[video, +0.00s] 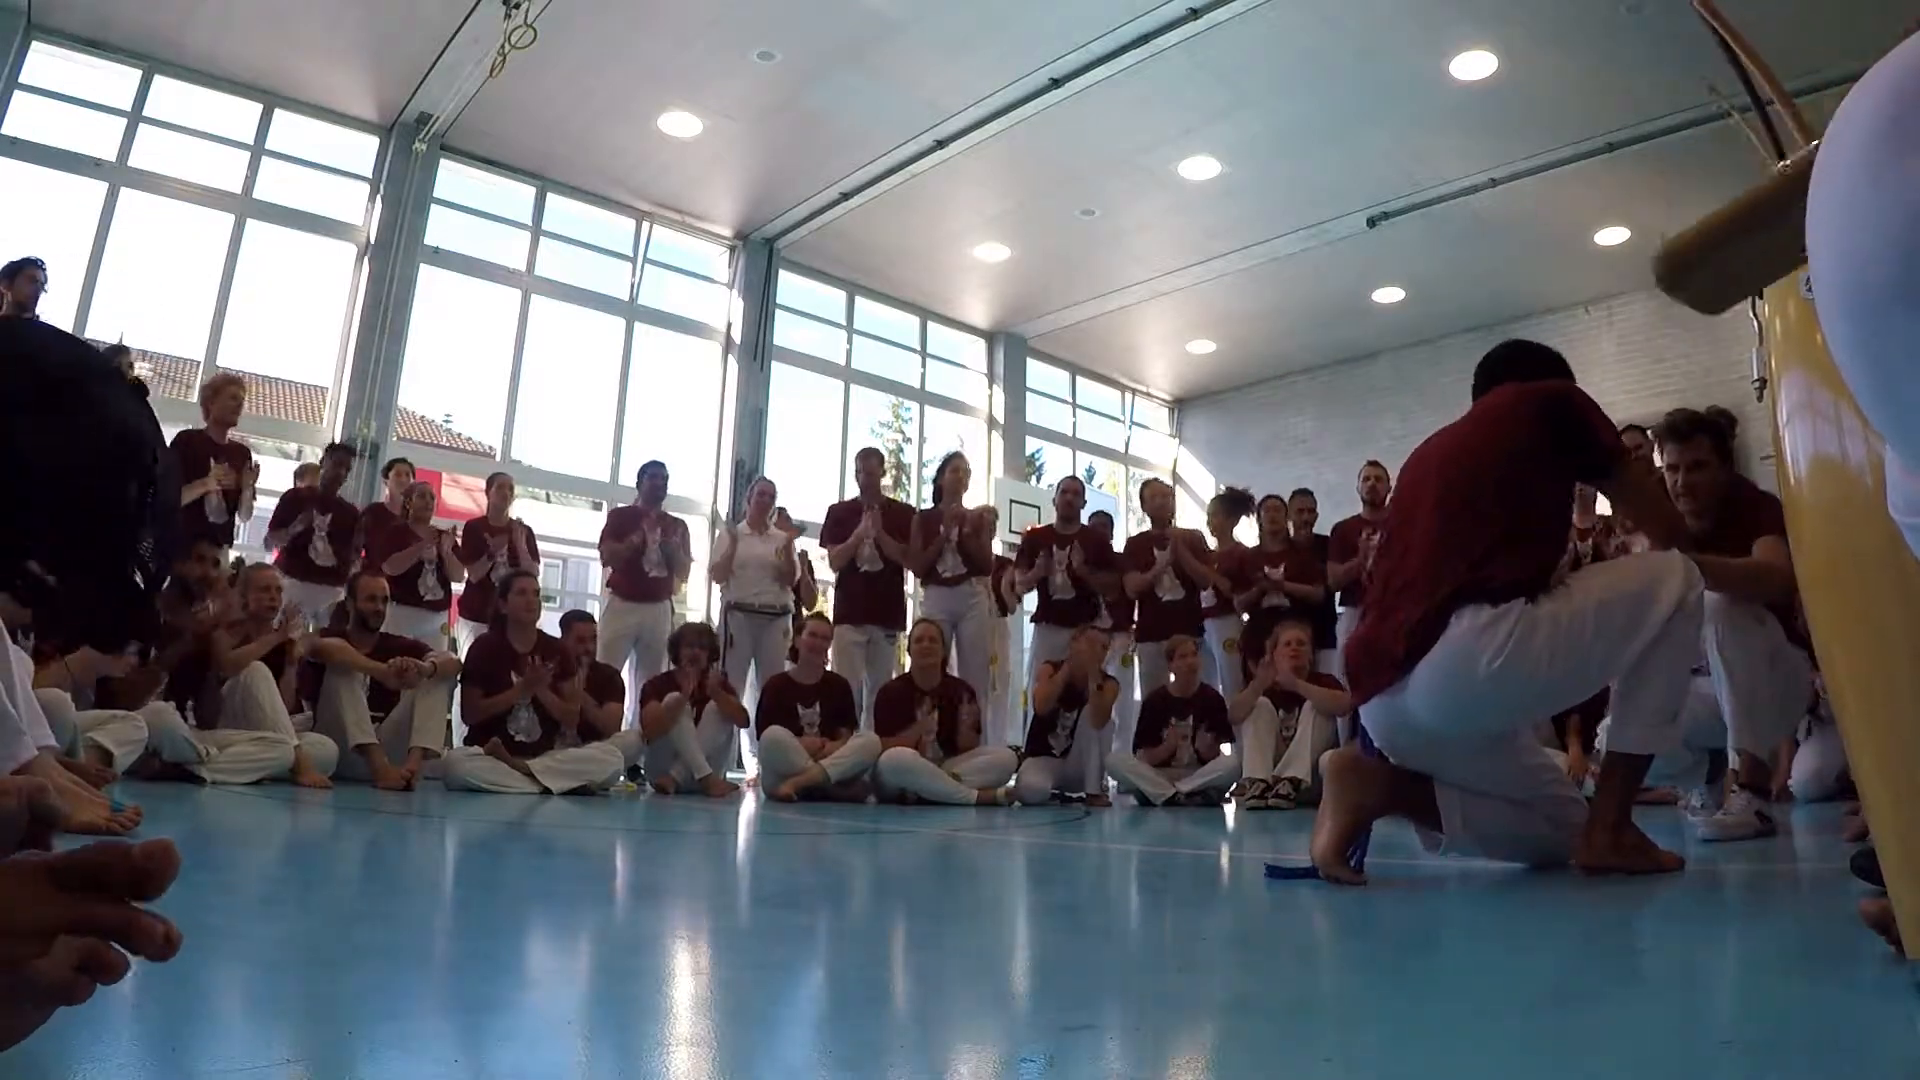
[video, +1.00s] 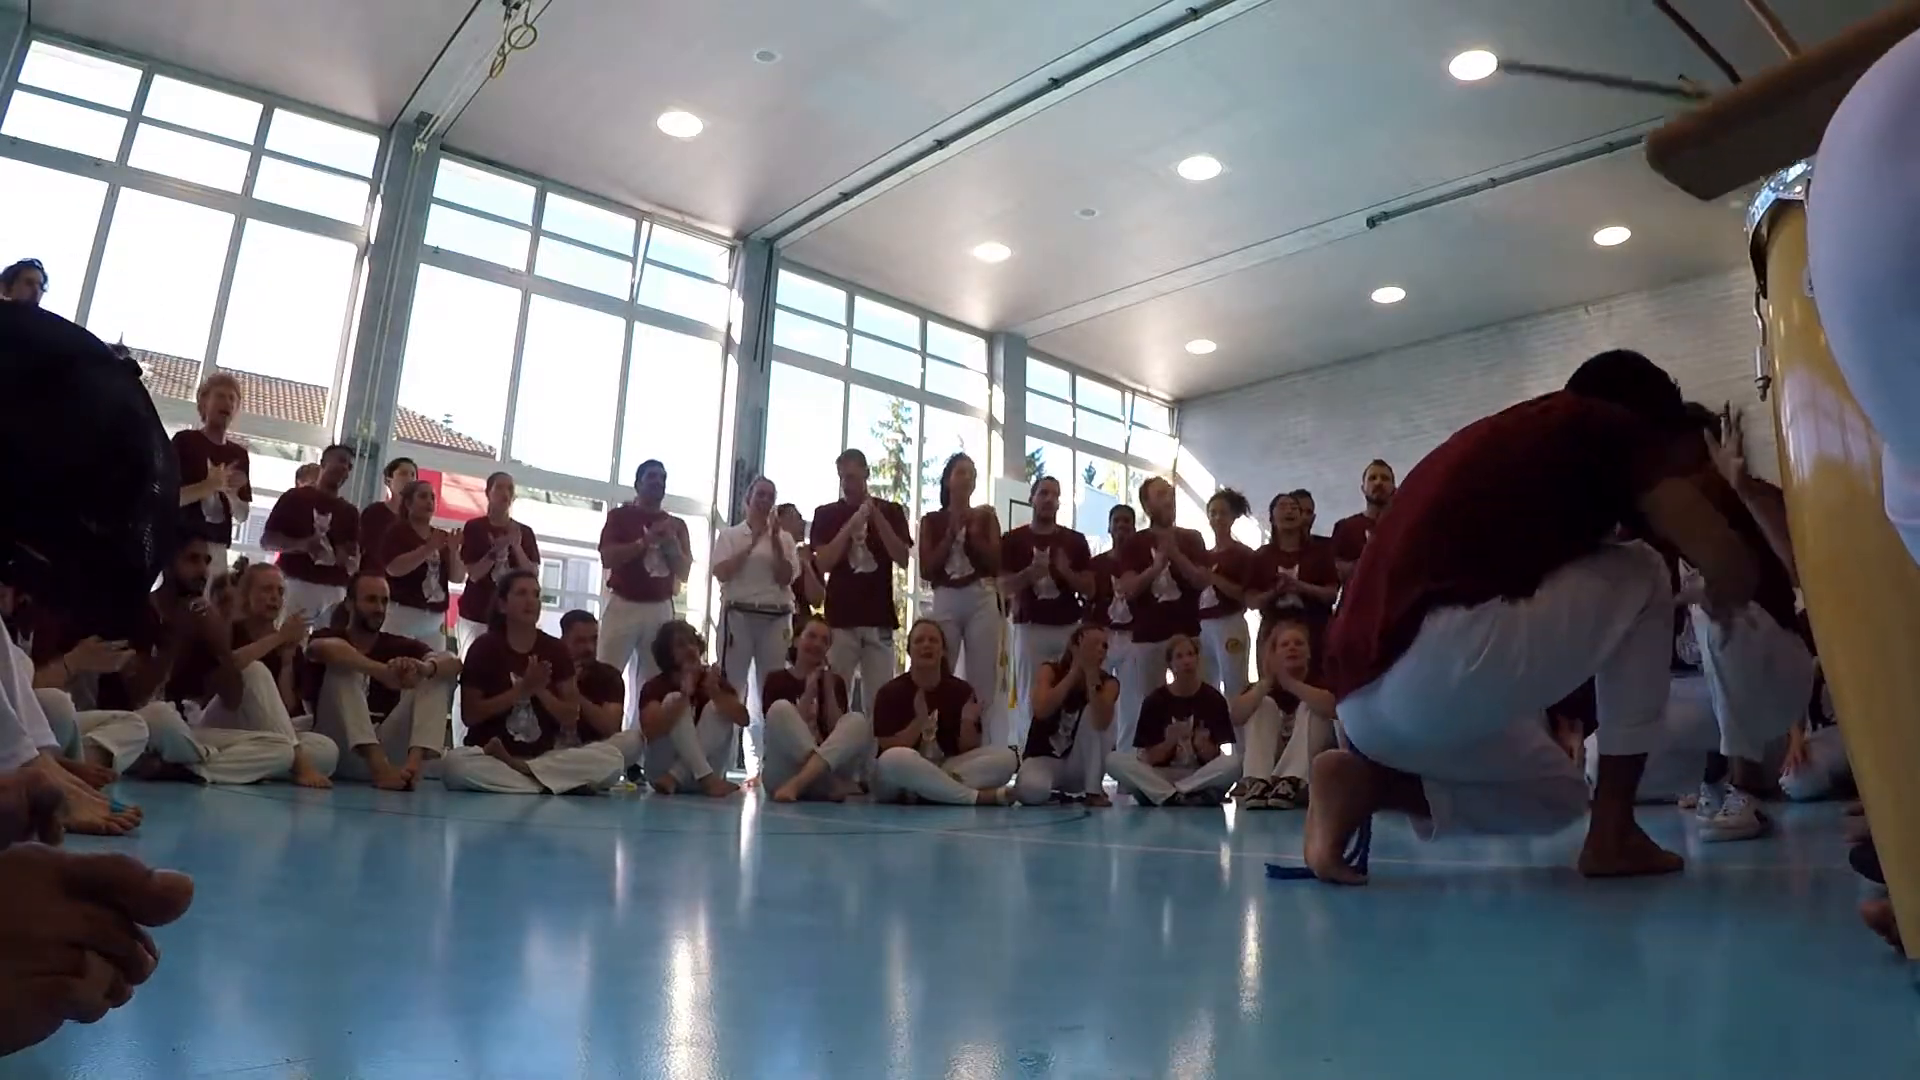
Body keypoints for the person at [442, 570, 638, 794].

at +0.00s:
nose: (531, 601)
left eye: (536, 594)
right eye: (521, 594)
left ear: (542, 602)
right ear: (503, 604)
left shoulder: (558, 648)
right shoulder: (483, 647)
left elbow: (572, 717)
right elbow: (470, 714)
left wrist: (539, 689)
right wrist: (522, 690)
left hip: (545, 756)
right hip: (489, 755)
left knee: (612, 758)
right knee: (455, 766)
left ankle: (523, 766)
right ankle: (549, 786)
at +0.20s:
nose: (531, 600)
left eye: (536, 594)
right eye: (521, 594)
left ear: (542, 602)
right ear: (503, 604)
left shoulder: (558, 649)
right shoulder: (483, 647)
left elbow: (572, 718)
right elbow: (470, 715)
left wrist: (539, 689)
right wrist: (523, 689)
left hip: (546, 756)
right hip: (490, 755)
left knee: (611, 759)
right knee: (454, 765)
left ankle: (524, 766)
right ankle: (549, 785)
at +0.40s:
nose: (532, 601)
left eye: (536, 594)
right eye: (522, 594)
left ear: (542, 601)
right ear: (502, 604)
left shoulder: (557, 648)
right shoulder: (483, 647)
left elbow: (572, 717)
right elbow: (470, 715)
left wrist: (540, 690)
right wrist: (523, 689)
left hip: (545, 756)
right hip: (490, 754)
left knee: (611, 759)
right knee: (455, 766)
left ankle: (525, 767)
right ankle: (549, 785)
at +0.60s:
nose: (531, 601)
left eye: (536, 594)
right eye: (521, 594)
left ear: (542, 602)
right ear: (502, 604)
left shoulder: (557, 648)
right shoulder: (483, 647)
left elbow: (571, 717)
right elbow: (470, 714)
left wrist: (540, 690)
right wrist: (522, 690)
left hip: (545, 756)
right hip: (489, 754)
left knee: (611, 759)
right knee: (455, 766)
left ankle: (524, 767)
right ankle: (549, 785)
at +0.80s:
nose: (531, 601)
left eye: (536, 594)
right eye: (521, 594)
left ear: (542, 602)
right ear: (502, 604)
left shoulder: (557, 648)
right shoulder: (483, 647)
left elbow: (571, 717)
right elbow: (470, 714)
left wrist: (538, 689)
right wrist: (523, 689)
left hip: (545, 756)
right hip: (488, 755)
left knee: (612, 759)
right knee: (455, 766)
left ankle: (523, 766)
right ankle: (549, 786)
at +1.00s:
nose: (531, 601)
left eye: (536, 595)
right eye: (521, 594)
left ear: (542, 603)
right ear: (502, 604)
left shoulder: (557, 648)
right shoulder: (483, 647)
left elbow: (571, 717)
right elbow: (470, 714)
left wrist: (537, 690)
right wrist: (522, 689)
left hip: (546, 756)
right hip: (489, 755)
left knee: (611, 759)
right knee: (454, 765)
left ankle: (523, 766)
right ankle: (549, 786)